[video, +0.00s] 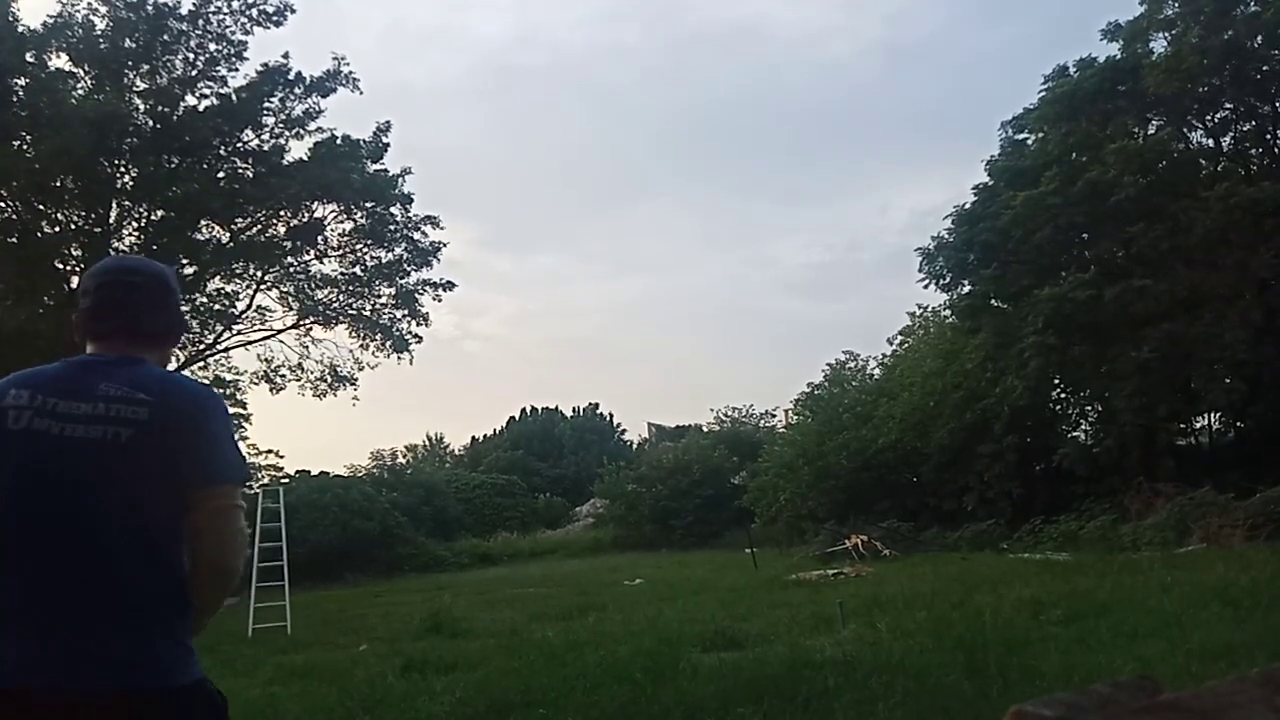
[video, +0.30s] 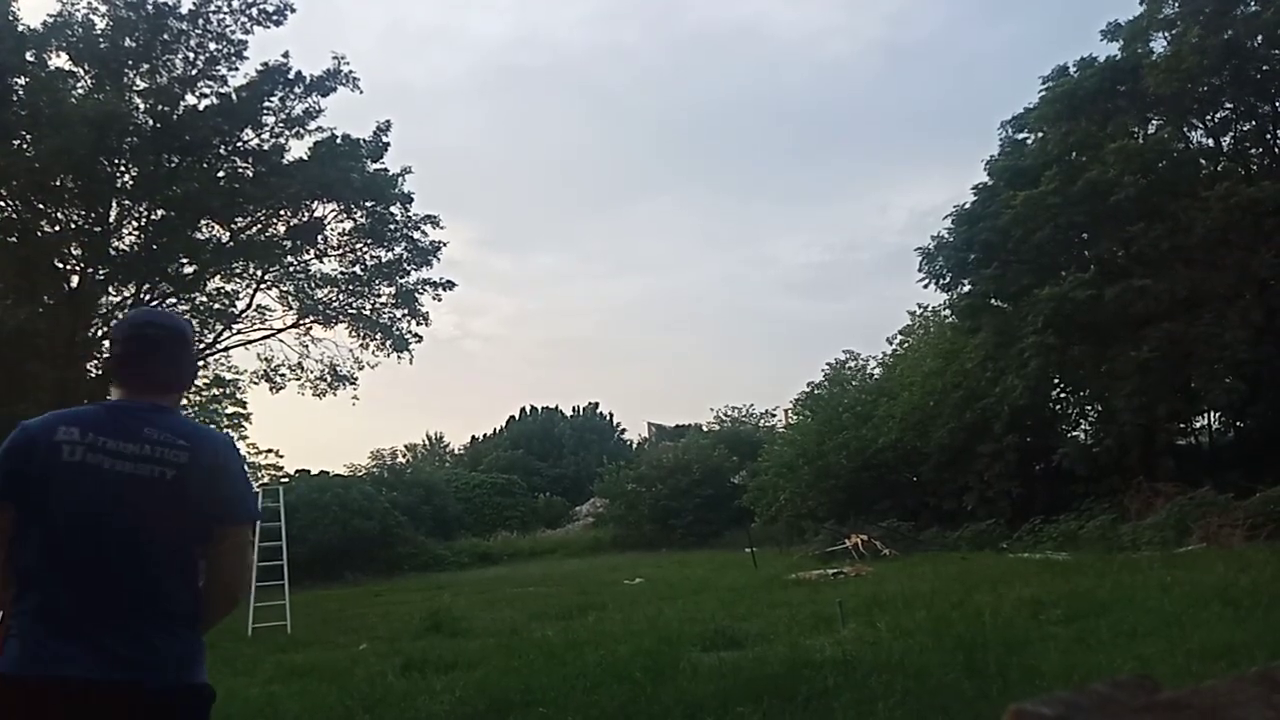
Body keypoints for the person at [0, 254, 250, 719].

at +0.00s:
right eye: (181, 328)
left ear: (81, 325)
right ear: (174, 334)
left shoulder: (11, 392)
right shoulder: (193, 404)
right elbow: (223, 561)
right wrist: (171, 632)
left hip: (19, 661)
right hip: (145, 670)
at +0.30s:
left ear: (110, 366)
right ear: (191, 377)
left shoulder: (33, 439)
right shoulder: (216, 454)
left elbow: (4, 560)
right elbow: (230, 587)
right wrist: (169, 632)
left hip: (39, 672)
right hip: (161, 679)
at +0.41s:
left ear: (131, 386)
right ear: (203, 397)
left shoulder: (58, 449)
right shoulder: (228, 472)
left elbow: (11, 566)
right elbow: (233, 599)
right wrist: (173, 634)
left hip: (57, 676)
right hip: (168, 685)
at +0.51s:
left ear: (148, 387)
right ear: (218, 400)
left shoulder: (79, 441)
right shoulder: (237, 471)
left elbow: (22, 548)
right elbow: (236, 587)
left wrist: (76, 597)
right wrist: (178, 618)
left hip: (73, 661)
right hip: (177, 672)